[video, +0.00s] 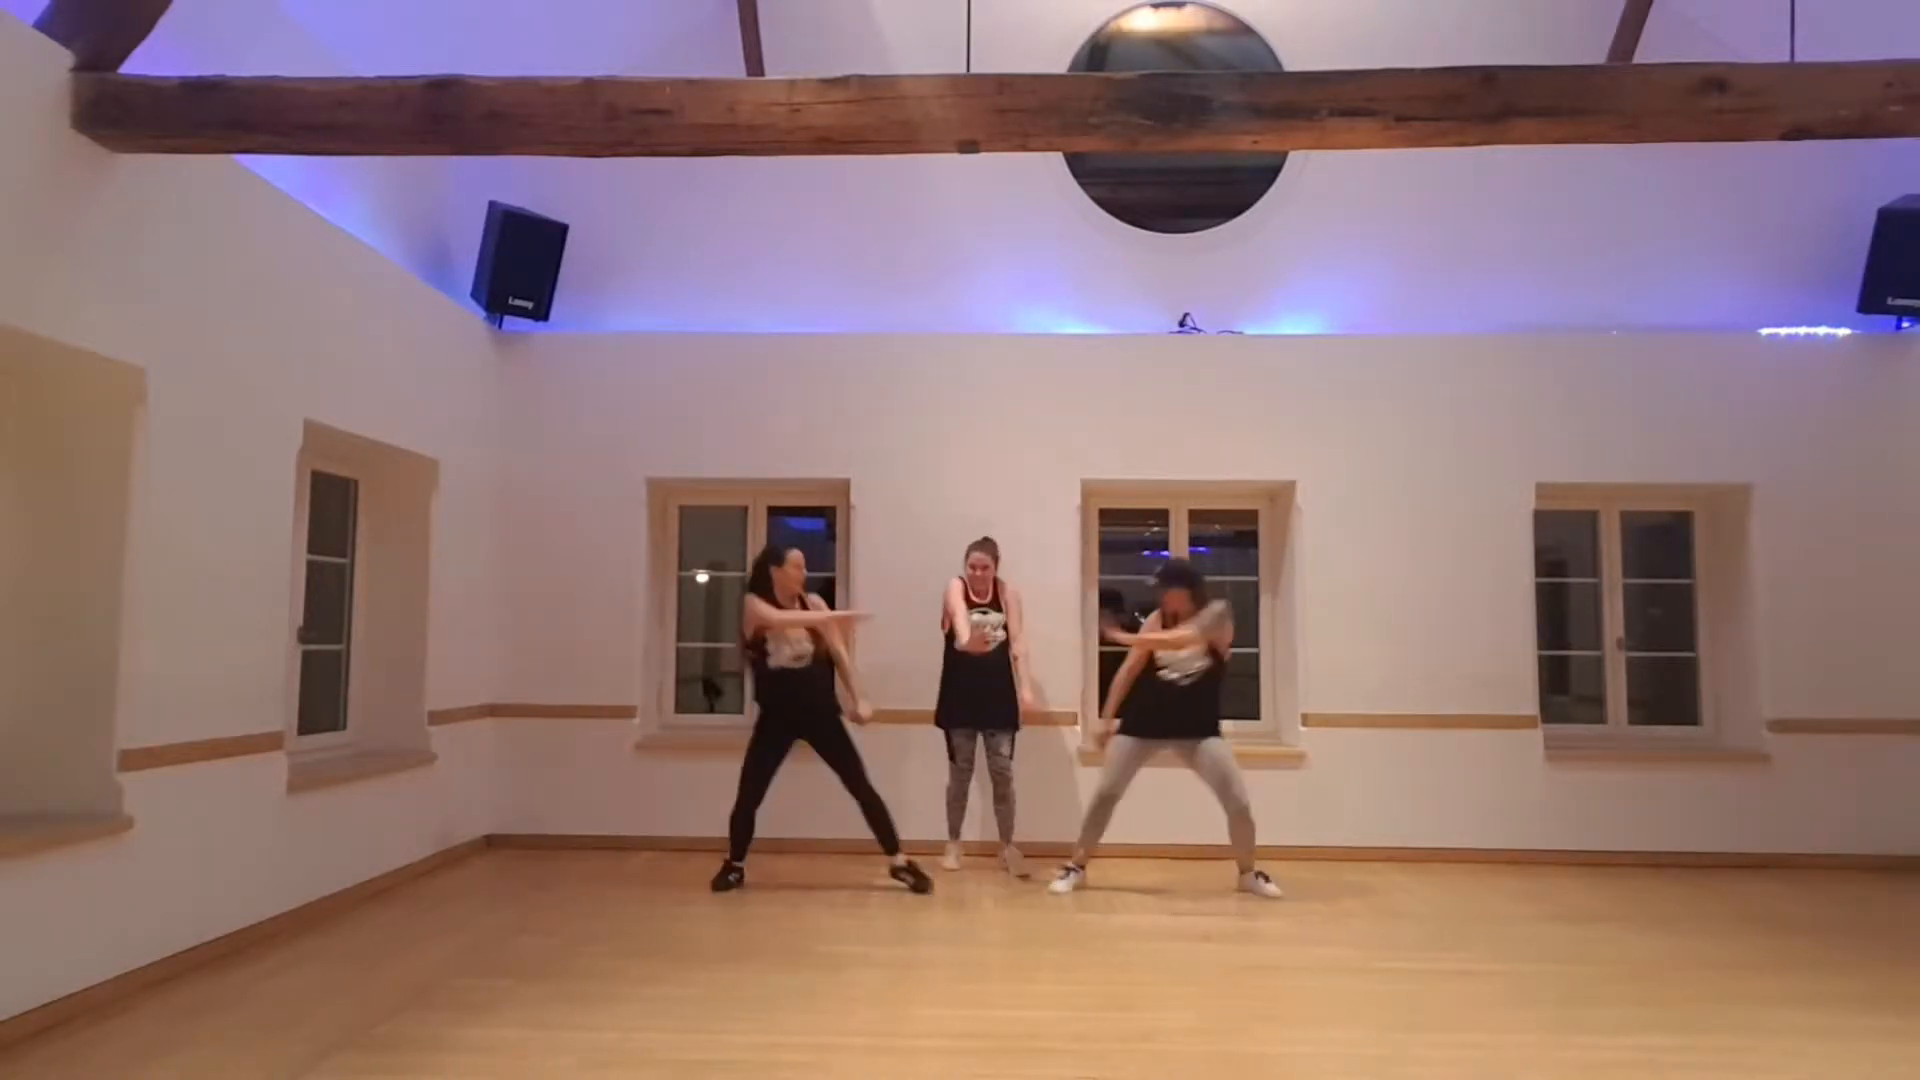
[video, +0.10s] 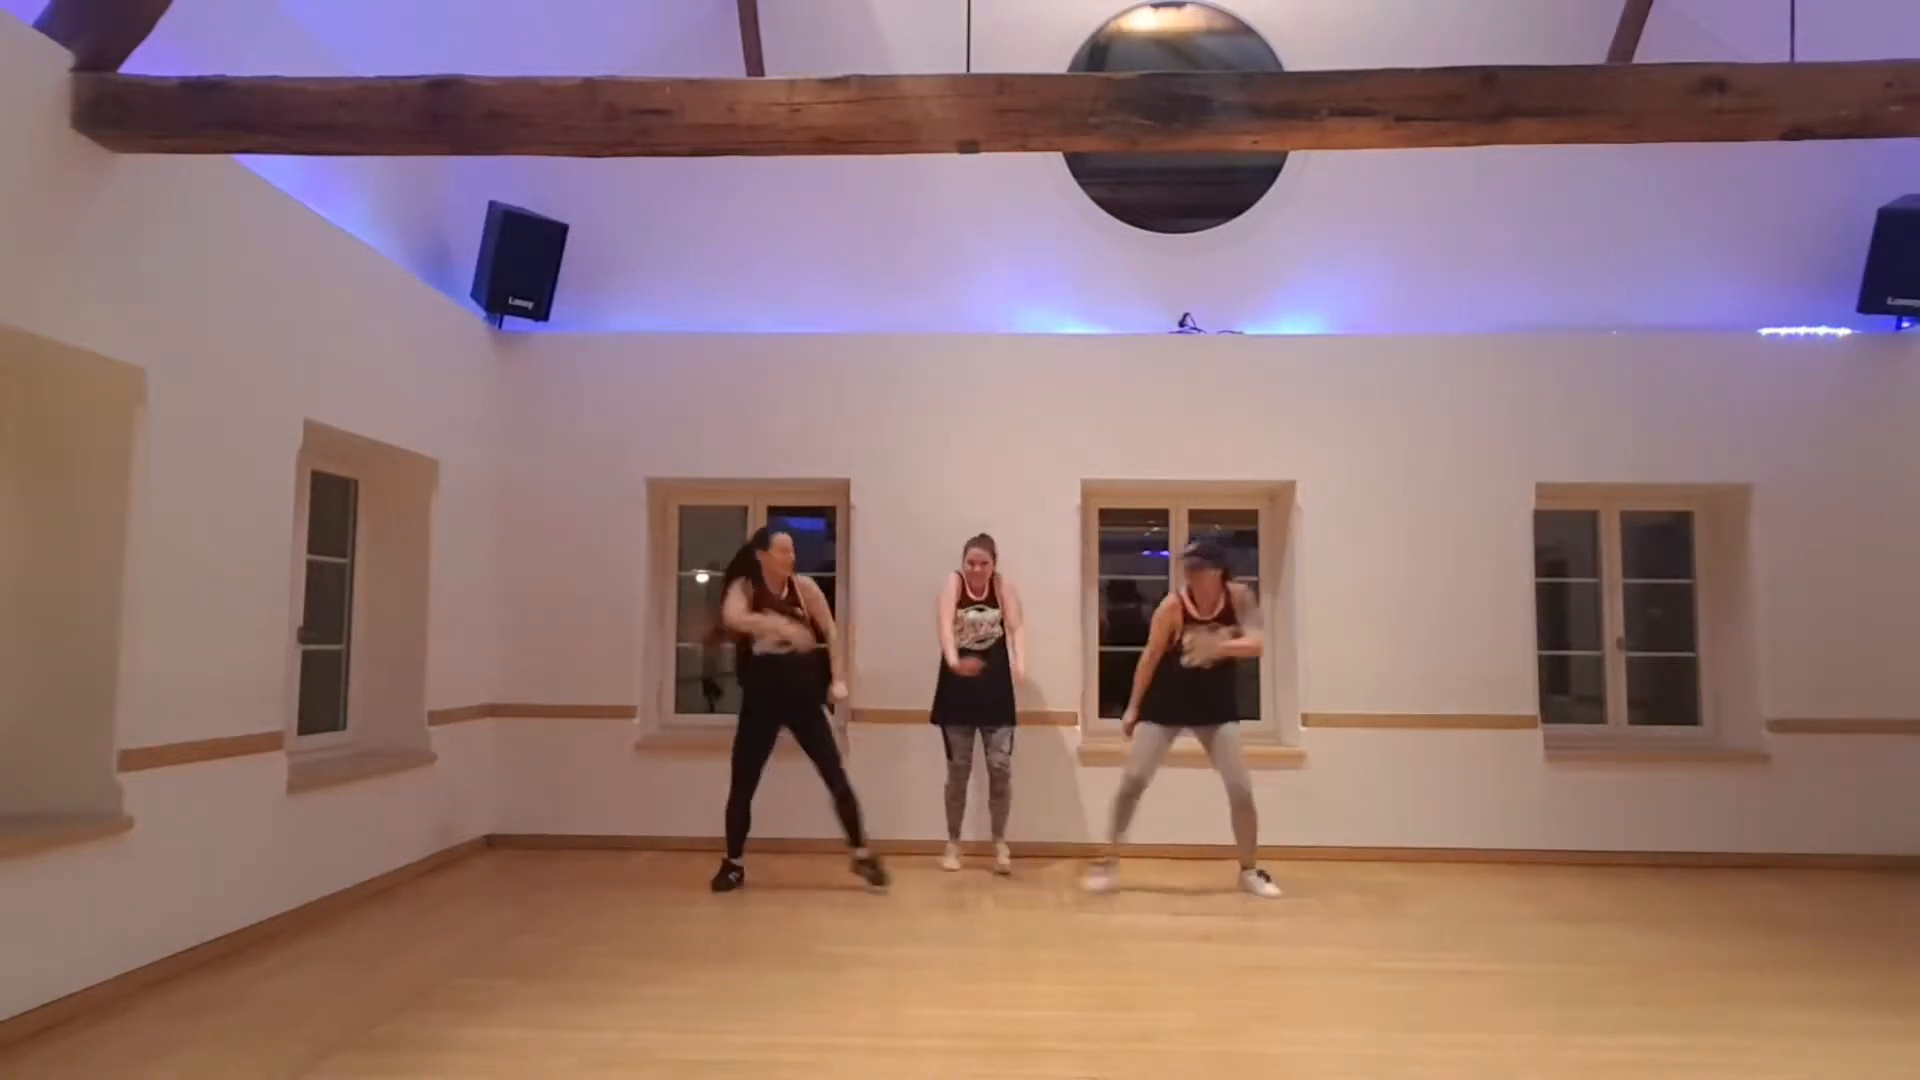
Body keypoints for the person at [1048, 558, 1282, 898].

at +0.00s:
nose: (1167, 602)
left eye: (1174, 594)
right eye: (1164, 595)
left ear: (1193, 592)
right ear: (1160, 595)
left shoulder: (1217, 614)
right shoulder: (1154, 622)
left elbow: (1186, 638)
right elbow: (1129, 669)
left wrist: (1123, 637)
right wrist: (1107, 718)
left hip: (1197, 732)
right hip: (1141, 729)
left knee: (1237, 801)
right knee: (1106, 793)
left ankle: (1247, 875)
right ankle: (1076, 868)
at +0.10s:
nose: (1192, 578)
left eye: (1199, 571)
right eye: (1189, 571)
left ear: (1219, 573)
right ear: (1185, 574)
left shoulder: (1240, 598)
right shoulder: (1172, 607)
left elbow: (1255, 644)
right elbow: (1150, 656)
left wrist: (1218, 647)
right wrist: (1133, 706)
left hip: (1215, 708)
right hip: (1164, 707)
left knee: (1241, 788)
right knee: (1135, 779)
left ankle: (1249, 870)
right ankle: (1109, 859)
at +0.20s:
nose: (1223, 562)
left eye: (1228, 556)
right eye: (1216, 556)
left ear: (1236, 556)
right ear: (1203, 557)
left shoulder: (1250, 584)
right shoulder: (1183, 592)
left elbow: (1268, 635)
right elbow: (1158, 643)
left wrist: (1282, 627)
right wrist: (1140, 691)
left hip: (1226, 695)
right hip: (1177, 695)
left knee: (1245, 780)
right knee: (1167, 769)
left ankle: (1251, 867)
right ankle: (1180, 854)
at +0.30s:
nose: (1235, 560)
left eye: (1239, 554)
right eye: (1228, 553)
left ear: (1244, 554)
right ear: (1212, 553)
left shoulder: (1252, 581)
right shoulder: (1184, 588)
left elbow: (1268, 623)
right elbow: (1156, 629)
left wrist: (1302, 605)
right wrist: (1135, 661)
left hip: (1240, 700)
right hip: (1195, 703)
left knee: (1256, 779)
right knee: (1209, 775)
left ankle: (1253, 865)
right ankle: (1228, 864)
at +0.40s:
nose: (1238, 572)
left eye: (1242, 565)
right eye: (1231, 565)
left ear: (1244, 566)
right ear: (1212, 563)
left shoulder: (1249, 591)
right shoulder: (1183, 594)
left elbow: (1274, 626)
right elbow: (1136, 621)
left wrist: (1290, 596)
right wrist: (1131, 619)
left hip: (1255, 705)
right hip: (1212, 712)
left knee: (1274, 788)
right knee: (1248, 789)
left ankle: (1255, 866)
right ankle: (1242, 872)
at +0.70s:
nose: (1247, 570)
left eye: (1249, 563)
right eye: (1240, 562)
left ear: (1248, 564)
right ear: (1218, 562)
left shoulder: (1252, 586)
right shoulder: (1190, 589)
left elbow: (1289, 606)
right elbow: (1130, 592)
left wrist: (1325, 639)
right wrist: (1166, 617)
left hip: (1245, 702)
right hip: (1206, 706)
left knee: (1263, 785)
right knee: (1254, 779)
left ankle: (1250, 866)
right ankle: (1232, 857)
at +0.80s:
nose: (1250, 563)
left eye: (1251, 556)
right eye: (1245, 555)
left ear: (1247, 558)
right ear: (1226, 555)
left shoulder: (1250, 584)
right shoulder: (1197, 589)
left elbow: (1264, 627)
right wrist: (1217, 624)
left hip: (1228, 697)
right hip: (1191, 695)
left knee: (1250, 778)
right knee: (1216, 765)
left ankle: (1245, 868)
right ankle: (1195, 855)